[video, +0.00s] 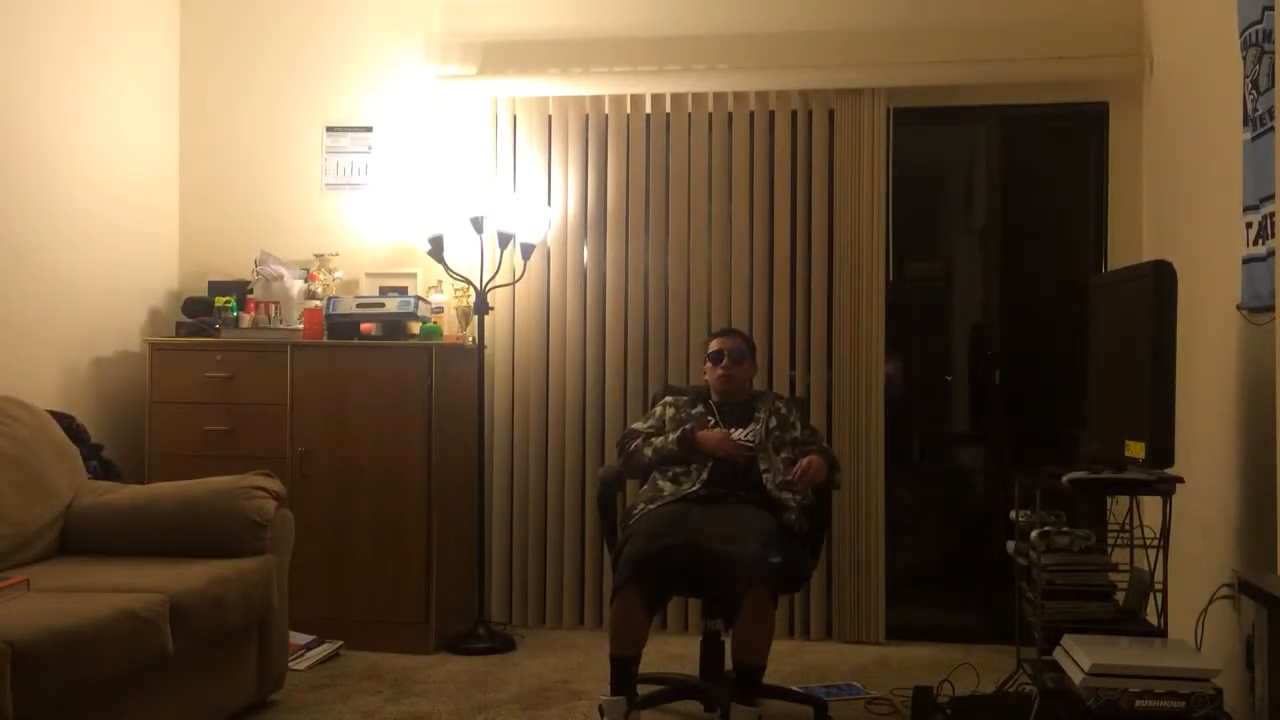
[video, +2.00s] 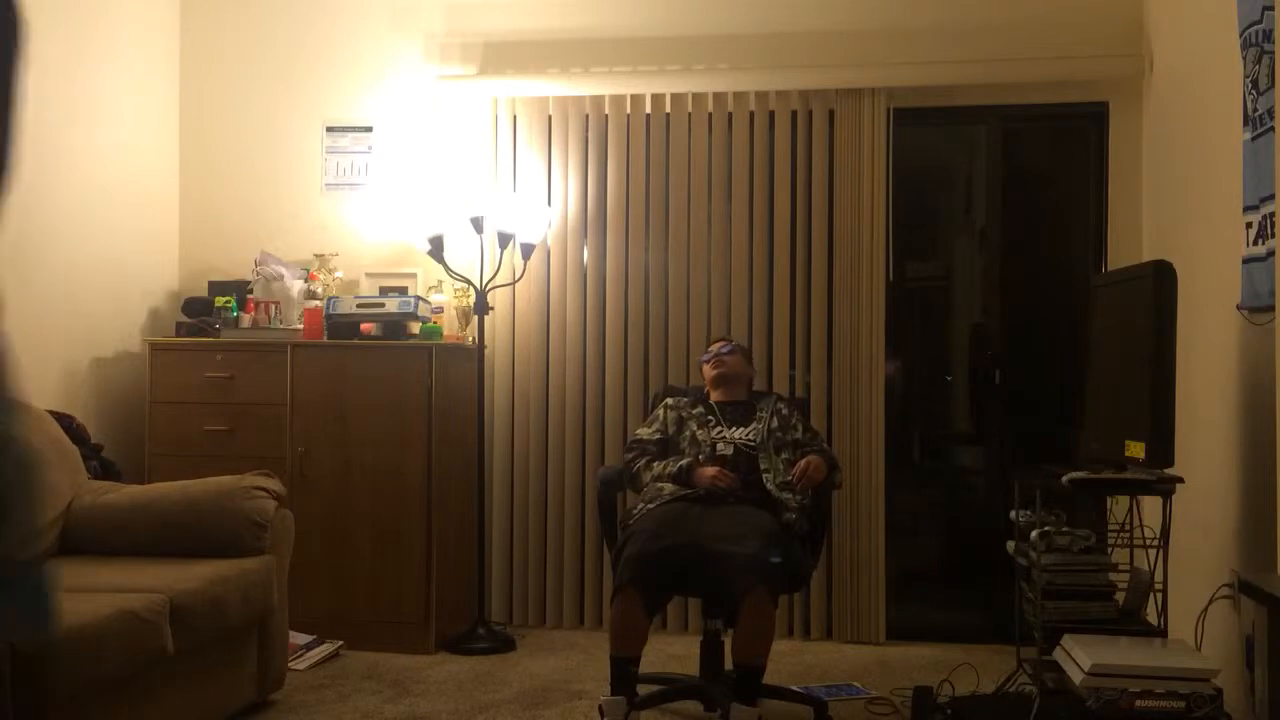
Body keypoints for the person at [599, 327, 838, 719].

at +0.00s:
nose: (725, 364)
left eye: (736, 357)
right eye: (716, 357)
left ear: (753, 367)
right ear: (704, 369)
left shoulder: (778, 412)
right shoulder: (675, 408)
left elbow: (821, 455)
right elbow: (630, 452)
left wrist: (819, 460)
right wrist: (693, 441)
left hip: (749, 509)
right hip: (675, 506)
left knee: (757, 577)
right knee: (637, 568)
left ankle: (746, 702)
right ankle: (621, 696)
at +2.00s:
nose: (717, 354)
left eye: (729, 349)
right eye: (709, 354)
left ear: (751, 370)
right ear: (702, 376)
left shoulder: (778, 410)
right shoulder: (673, 409)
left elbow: (823, 454)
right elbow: (636, 463)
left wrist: (820, 460)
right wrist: (690, 472)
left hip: (750, 508)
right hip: (674, 505)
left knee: (757, 576)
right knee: (638, 567)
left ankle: (746, 704)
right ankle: (621, 696)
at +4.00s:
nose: (722, 354)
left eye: (733, 350)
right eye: (713, 353)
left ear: (753, 371)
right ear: (705, 373)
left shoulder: (779, 411)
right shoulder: (674, 409)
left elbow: (825, 457)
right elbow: (638, 465)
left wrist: (820, 461)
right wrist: (689, 476)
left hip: (749, 507)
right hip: (673, 503)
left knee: (756, 576)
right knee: (637, 568)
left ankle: (746, 705)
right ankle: (621, 697)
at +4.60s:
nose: (722, 354)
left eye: (733, 349)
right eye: (714, 353)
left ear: (752, 370)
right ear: (704, 374)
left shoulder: (780, 411)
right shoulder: (674, 407)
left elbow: (826, 463)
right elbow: (643, 469)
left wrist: (819, 460)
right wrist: (690, 477)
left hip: (749, 508)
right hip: (675, 506)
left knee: (757, 580)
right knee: (634, 572)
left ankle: (745, 704)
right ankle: (637, 693)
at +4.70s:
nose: (722, 358)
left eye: (731, 352)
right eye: (715, 355)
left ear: (752, 369)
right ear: (708, 370)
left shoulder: (773, 407)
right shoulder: (694, 406)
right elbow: (667, 459)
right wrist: (694, 477)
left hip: (758, 511)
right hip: (695, 511)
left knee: (756, 584)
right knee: (681, 578)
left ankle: (746, 698)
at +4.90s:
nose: (742, 379)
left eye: (747, 371)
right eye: (734, 371)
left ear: (754, 374)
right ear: (720, 376)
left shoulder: (777, 412)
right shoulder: (706, 420)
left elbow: (825, 459)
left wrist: (819, 462)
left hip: (781, 532)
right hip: (725, 533)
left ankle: (752, 684)